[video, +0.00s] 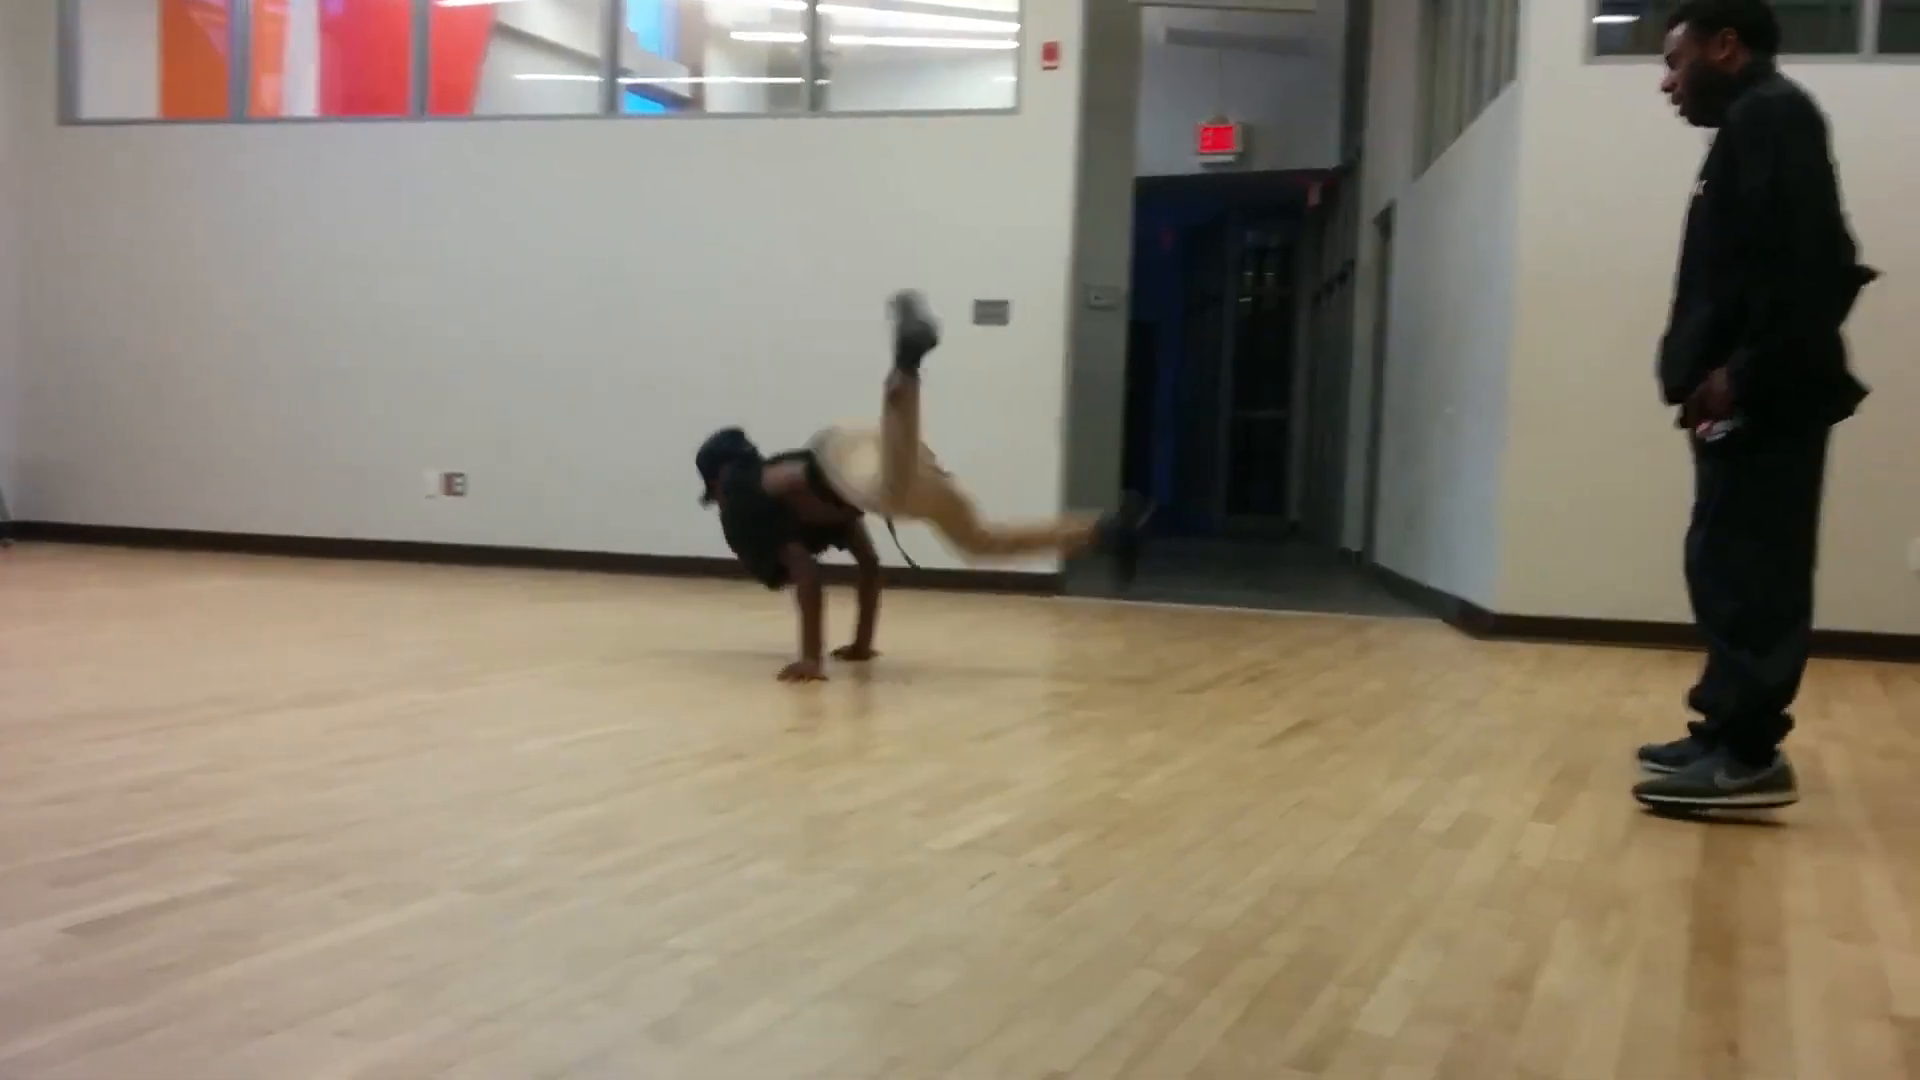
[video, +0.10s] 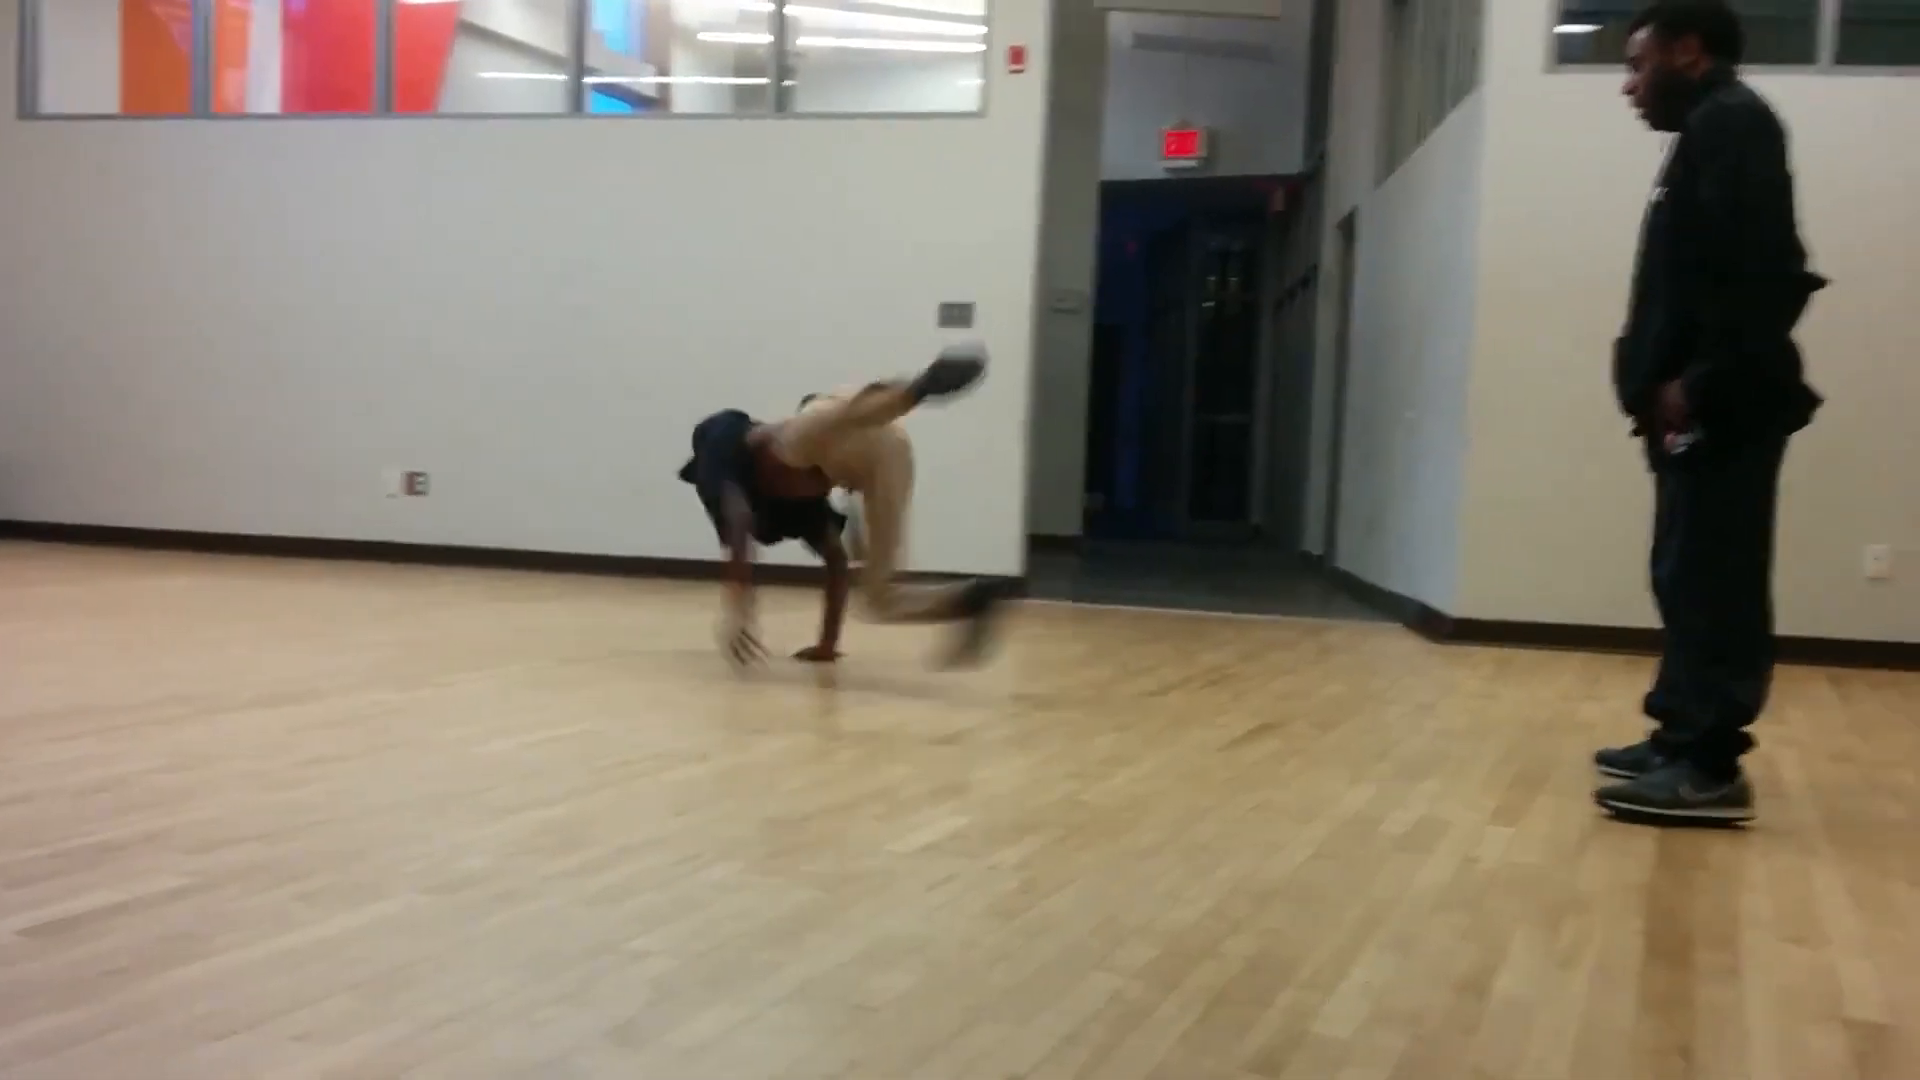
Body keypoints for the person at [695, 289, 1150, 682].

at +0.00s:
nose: (709, 492)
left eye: (708, 482)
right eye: (708, 483)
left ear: (719, 475)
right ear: (747, 461)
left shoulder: (741, 512)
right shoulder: (803, 494)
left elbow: (805, 576)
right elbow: (869, 565)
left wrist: (810, 660)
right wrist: (862, 643)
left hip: (839, 456)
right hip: (880, 450)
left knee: (896, 497)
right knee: (978, 541)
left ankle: (905, 366)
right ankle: (1099, 531)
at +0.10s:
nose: (703, 487)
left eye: (702, 480)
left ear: (708, 457)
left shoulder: (719, 456)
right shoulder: (802, 510)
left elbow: (739, 533)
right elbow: (838, 565)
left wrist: (740, 619)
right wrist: (827, 645)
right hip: (884, 460)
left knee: (800, 438)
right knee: (879, 600)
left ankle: (918, 387)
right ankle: (976, 598)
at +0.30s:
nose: (704, 412)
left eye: (709, 397)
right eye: (697, 408)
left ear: (728, 384)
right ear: (697, 418)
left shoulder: (791, 392)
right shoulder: (742, 473)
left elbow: (843, 392)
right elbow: (792, 568)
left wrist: (861, 431)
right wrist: (789, 655)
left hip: (823, 526)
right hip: (781, 567)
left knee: (743, 395)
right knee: (662, 549)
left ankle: (714, 442)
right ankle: (622, 618)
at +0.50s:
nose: (797, 420)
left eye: (807, 412)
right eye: (799, 410)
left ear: (839, 421)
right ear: (835, 420)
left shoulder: (865, 489)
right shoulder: (814, 462)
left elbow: (852, 593)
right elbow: (784, 545)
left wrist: (828, 683)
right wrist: (765, 642)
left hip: (762, 599)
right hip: (744, 550)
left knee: (683, 627)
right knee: (711, 443)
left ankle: (607, 665)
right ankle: (588, 494)